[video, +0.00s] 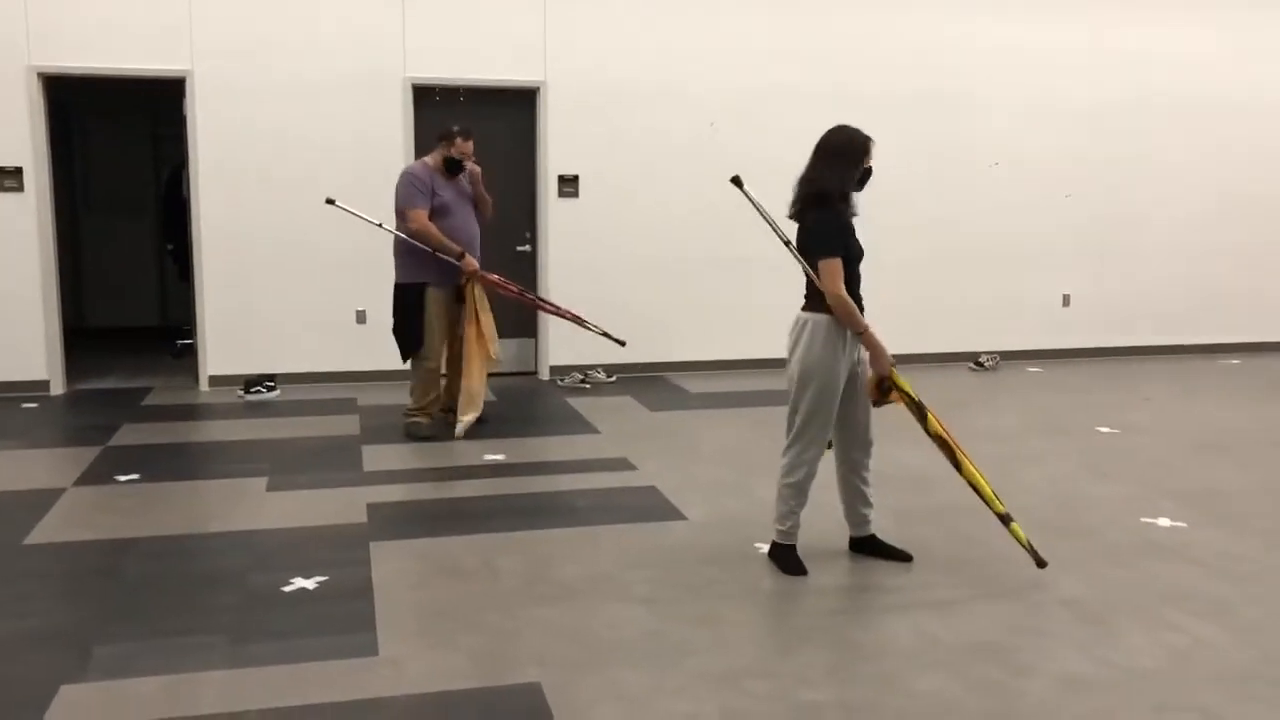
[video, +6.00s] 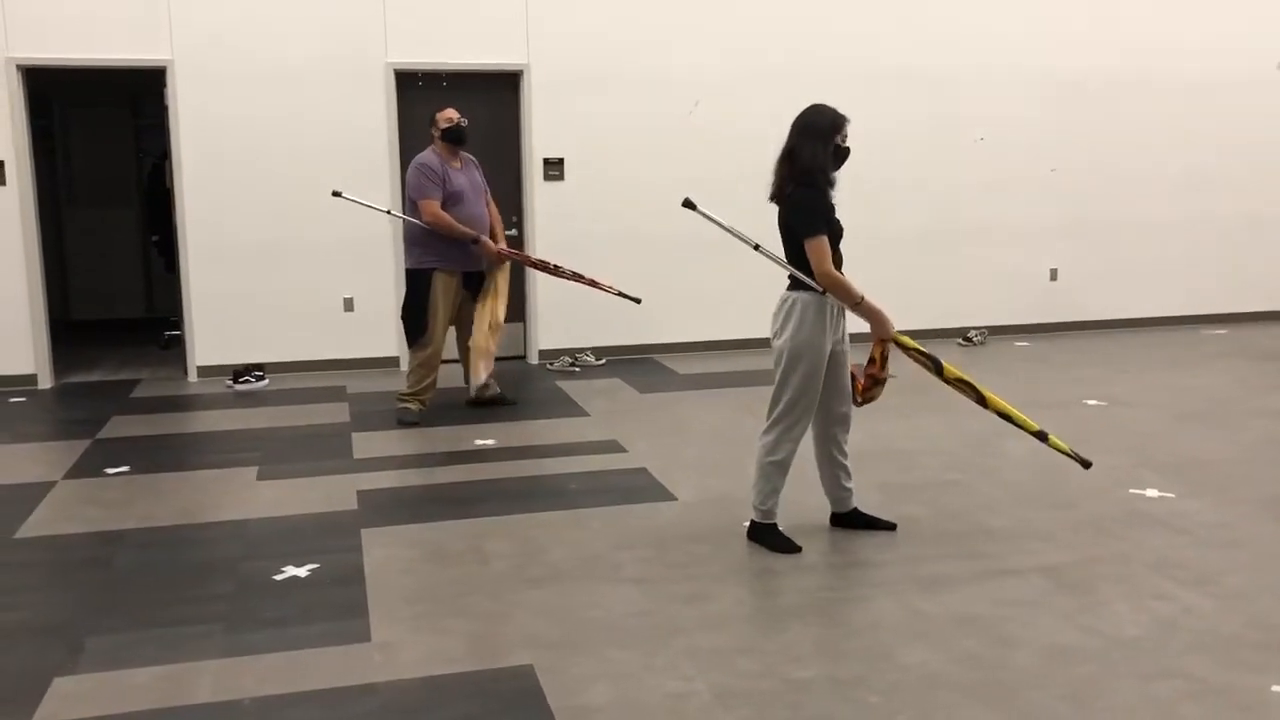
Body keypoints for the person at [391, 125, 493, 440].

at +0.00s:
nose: (463, 163)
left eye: (467, 159)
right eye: (459, 157)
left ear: (469, 154)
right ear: (443, 148)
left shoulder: (462, 176)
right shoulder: (416, 175)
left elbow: (484, 216)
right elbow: (417, 223)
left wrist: (477, 185)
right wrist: (459, 254)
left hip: (460, 278)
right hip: (425, 279)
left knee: (462, 347)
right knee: (429, 352)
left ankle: (456, 406)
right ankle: (419, 415)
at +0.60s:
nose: (478, 136)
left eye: (480, 131)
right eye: (471, 131)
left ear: (478, 135)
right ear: (452, 134)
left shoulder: (474, 164)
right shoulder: (433, 166)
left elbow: (483, 201)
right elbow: (433, 216)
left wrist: (500, 207)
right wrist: (474, 245)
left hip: (477, 265)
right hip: (442, 268)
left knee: (480, 333)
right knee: (433, 339)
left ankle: (483, 395)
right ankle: (410, 403)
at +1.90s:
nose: (442, 111)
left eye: (443, 108)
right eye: (434, 109)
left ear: (446, 120)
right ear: (418, 121)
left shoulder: (448, 149)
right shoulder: (406, 154)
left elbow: (453, 199)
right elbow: (407, 205)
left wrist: (464, 243)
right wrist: (448, 237)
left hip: (454, 252)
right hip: (418, 256)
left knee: (461, 323)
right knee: (411, 329)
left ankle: (464, 385)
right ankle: (392, 394)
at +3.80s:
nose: (439, 118)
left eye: (441, 114)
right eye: (431, 115)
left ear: (446, 120)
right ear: (416, 124)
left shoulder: (450, 153)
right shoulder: (409, 156)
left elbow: (472, 192)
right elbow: (419, 205)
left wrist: (474, 213)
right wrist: (466, 230)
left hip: (453, 254)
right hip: (416, 257)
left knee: (457, 323)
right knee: (412, 330)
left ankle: (465, 381)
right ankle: (395, 393)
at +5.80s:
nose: (455, 127)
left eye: (458, 122)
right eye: (448, 123)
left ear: (464, 129)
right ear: (433, 132)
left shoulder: (468, 163)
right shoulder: (422, 164)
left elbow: (488, 205)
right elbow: (429, 213)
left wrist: (492, 239)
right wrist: (475, 238)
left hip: (471, 264)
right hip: (432, 267)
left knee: (476, 332)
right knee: (427, 340)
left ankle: (479, 392)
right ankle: (410, 403)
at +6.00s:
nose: (457, 126)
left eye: (460, 122)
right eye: (449, 122)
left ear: (465, 129)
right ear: (435, 132)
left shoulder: (471, 163)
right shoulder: (424, 164)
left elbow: (489, 205)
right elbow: (431, 215)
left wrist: (500, 239)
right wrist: (477, 239)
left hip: (473, 264)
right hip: (433, 266)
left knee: (477, 330)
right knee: (429, 338)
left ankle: (482, 388)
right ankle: (412, 401)